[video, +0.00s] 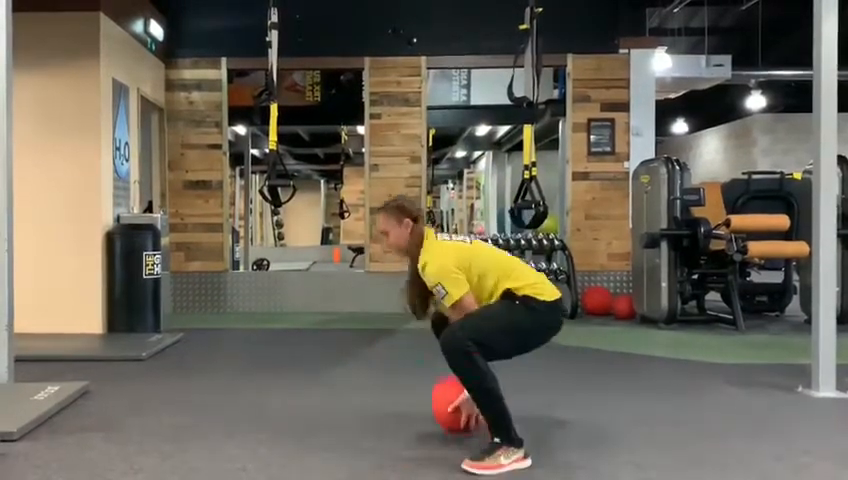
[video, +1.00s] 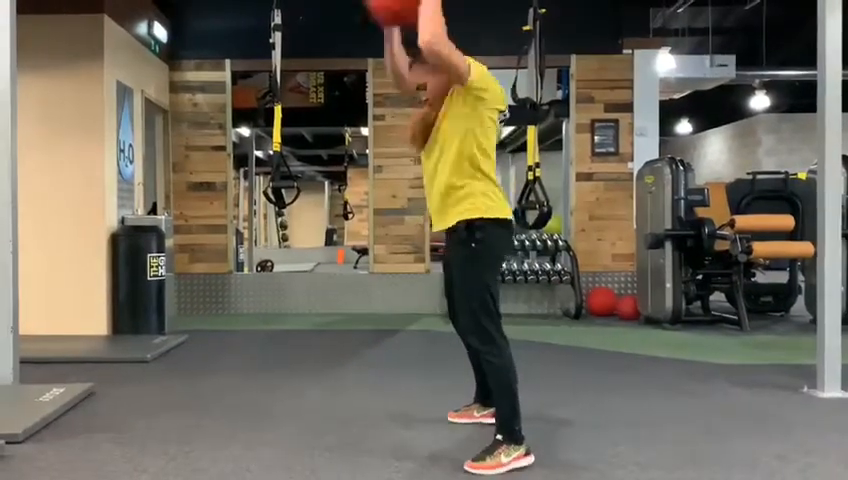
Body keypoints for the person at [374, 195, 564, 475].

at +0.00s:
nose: (384, 243)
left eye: (386, 234)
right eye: (382, 235)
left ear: (408, 226)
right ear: (409, 227)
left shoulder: (434, 262)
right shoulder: (436, 250)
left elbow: (472, 319)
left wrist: (473, 390)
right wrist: (476, 390)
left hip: (537, 307)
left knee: (457, 340)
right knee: (442, 323)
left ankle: (510, 446)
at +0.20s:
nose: (415, 167)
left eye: (418, 158)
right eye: (413, 159)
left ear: (441, 151)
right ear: (440, 152)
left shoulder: (462, 190)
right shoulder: (452, 190)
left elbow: (480, 262)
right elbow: (455, 257)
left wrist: (434, 301)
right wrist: (426, 291)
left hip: (541, 266)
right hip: (518, 263)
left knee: (475, 333)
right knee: (456, 314)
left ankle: (511, 445)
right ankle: (484, 402)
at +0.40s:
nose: (456, 98)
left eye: (460, 89)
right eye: (453, 92)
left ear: (484, 78)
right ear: (475, 83)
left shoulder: (507, 106)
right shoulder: (483, 116)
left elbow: (453, 147)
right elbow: (446, 156)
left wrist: (408, 113)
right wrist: (406, 127)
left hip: (512, 234)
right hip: (491, 234)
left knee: (477, 327)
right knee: (460, 315)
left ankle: (514, 441)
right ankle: (488, 402)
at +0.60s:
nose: (443, 88)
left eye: (445, 79)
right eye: (438, 82)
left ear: (464, 61)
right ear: (445, 76)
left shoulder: (497, 85)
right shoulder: (465, 105)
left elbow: (458, 27)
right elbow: (449, 136)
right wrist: (461, 101)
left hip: (490, 224)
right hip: (470, 224)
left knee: (482, 322)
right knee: (470, 315)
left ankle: (516, 441)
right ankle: (491, 400)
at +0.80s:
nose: (408, 92)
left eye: (410, 83)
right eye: (406, 87)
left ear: (430, 71)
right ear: (424, 77)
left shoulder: (462, 89)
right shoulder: (433, 111)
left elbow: (460, 13)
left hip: (480, 226)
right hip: (461, 228)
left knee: (489, 328)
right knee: (474, 320)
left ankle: (516, 443)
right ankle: (490, 401)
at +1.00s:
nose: (426, 72)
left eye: (430, 62)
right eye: (425, 66)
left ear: (449, 57)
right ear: (428, 71)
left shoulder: (481, 85)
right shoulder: (443, 98)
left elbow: (432, 42)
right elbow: (401, 72)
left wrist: (427, 2)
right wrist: (391, 23)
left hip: (481, 221)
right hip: (459, 223)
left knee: (482, 325)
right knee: (464, 317)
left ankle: (513, 441)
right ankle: (487, 400)